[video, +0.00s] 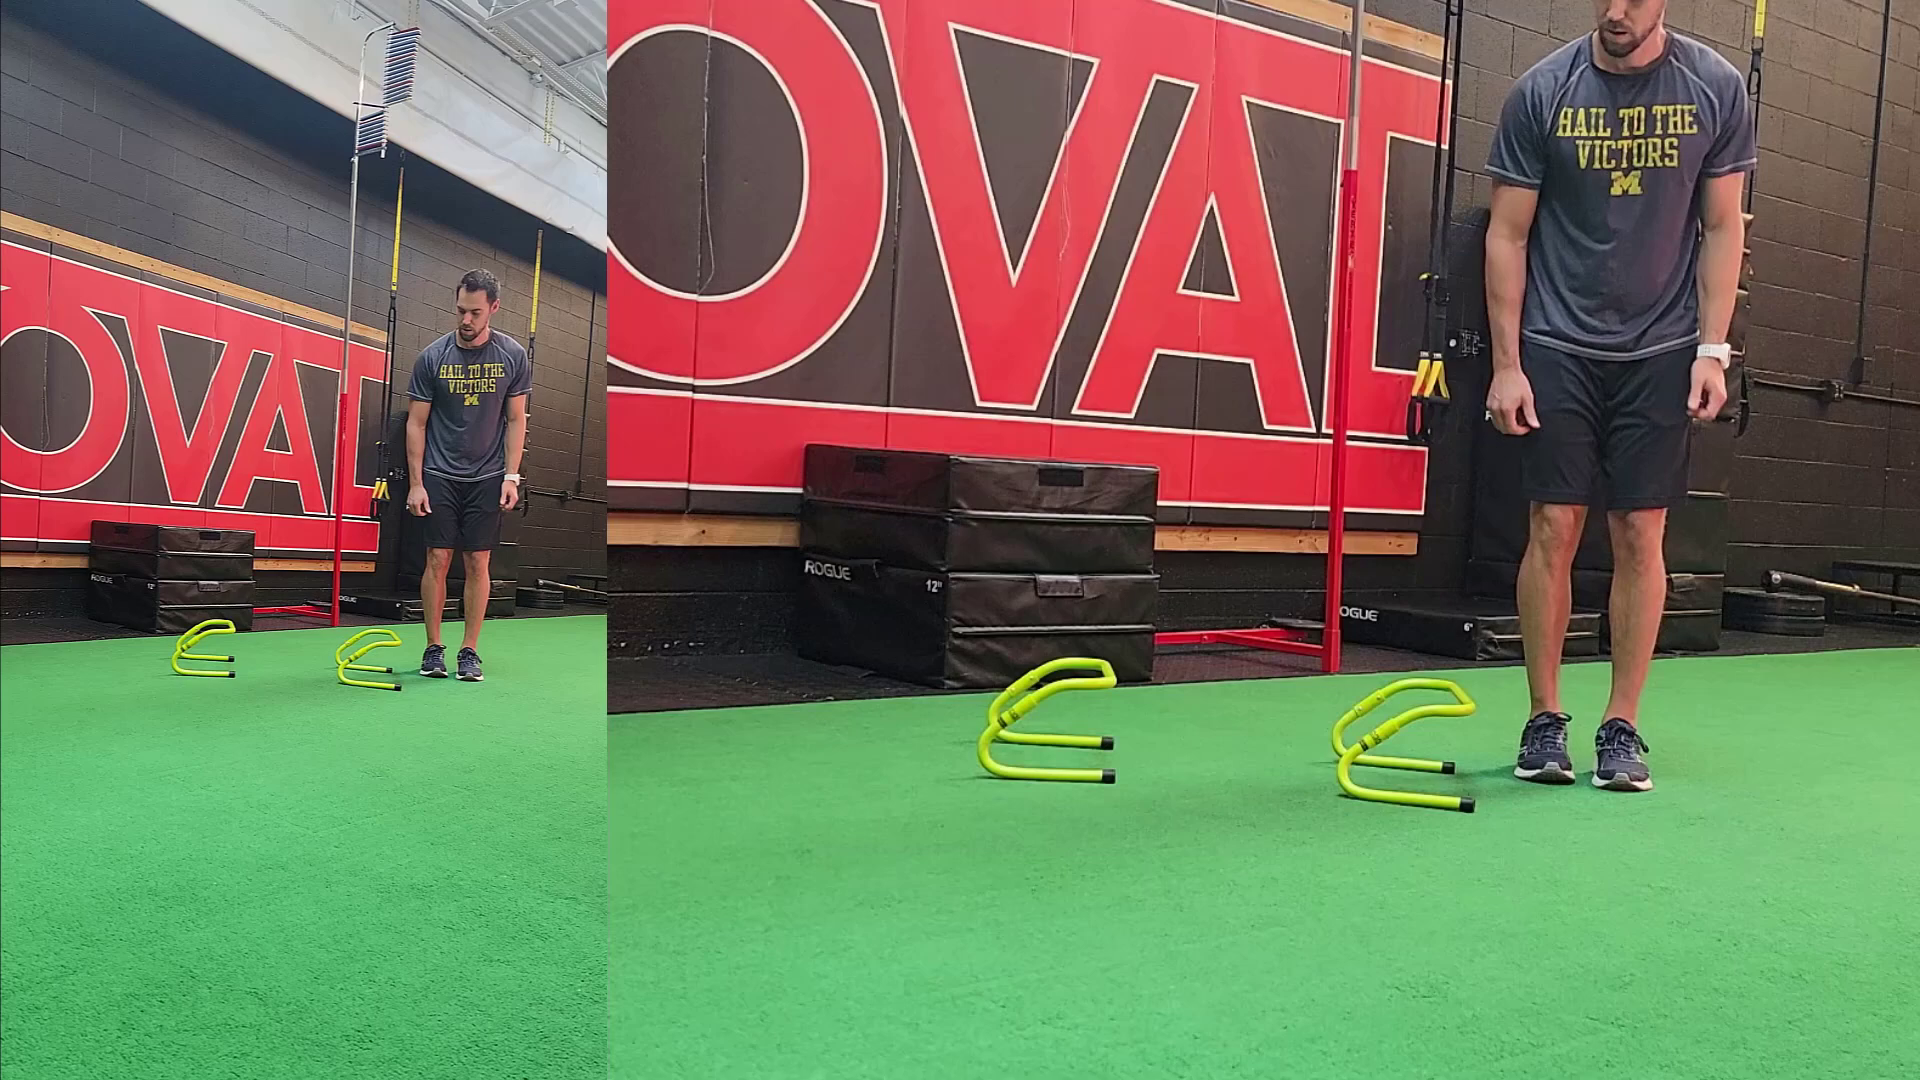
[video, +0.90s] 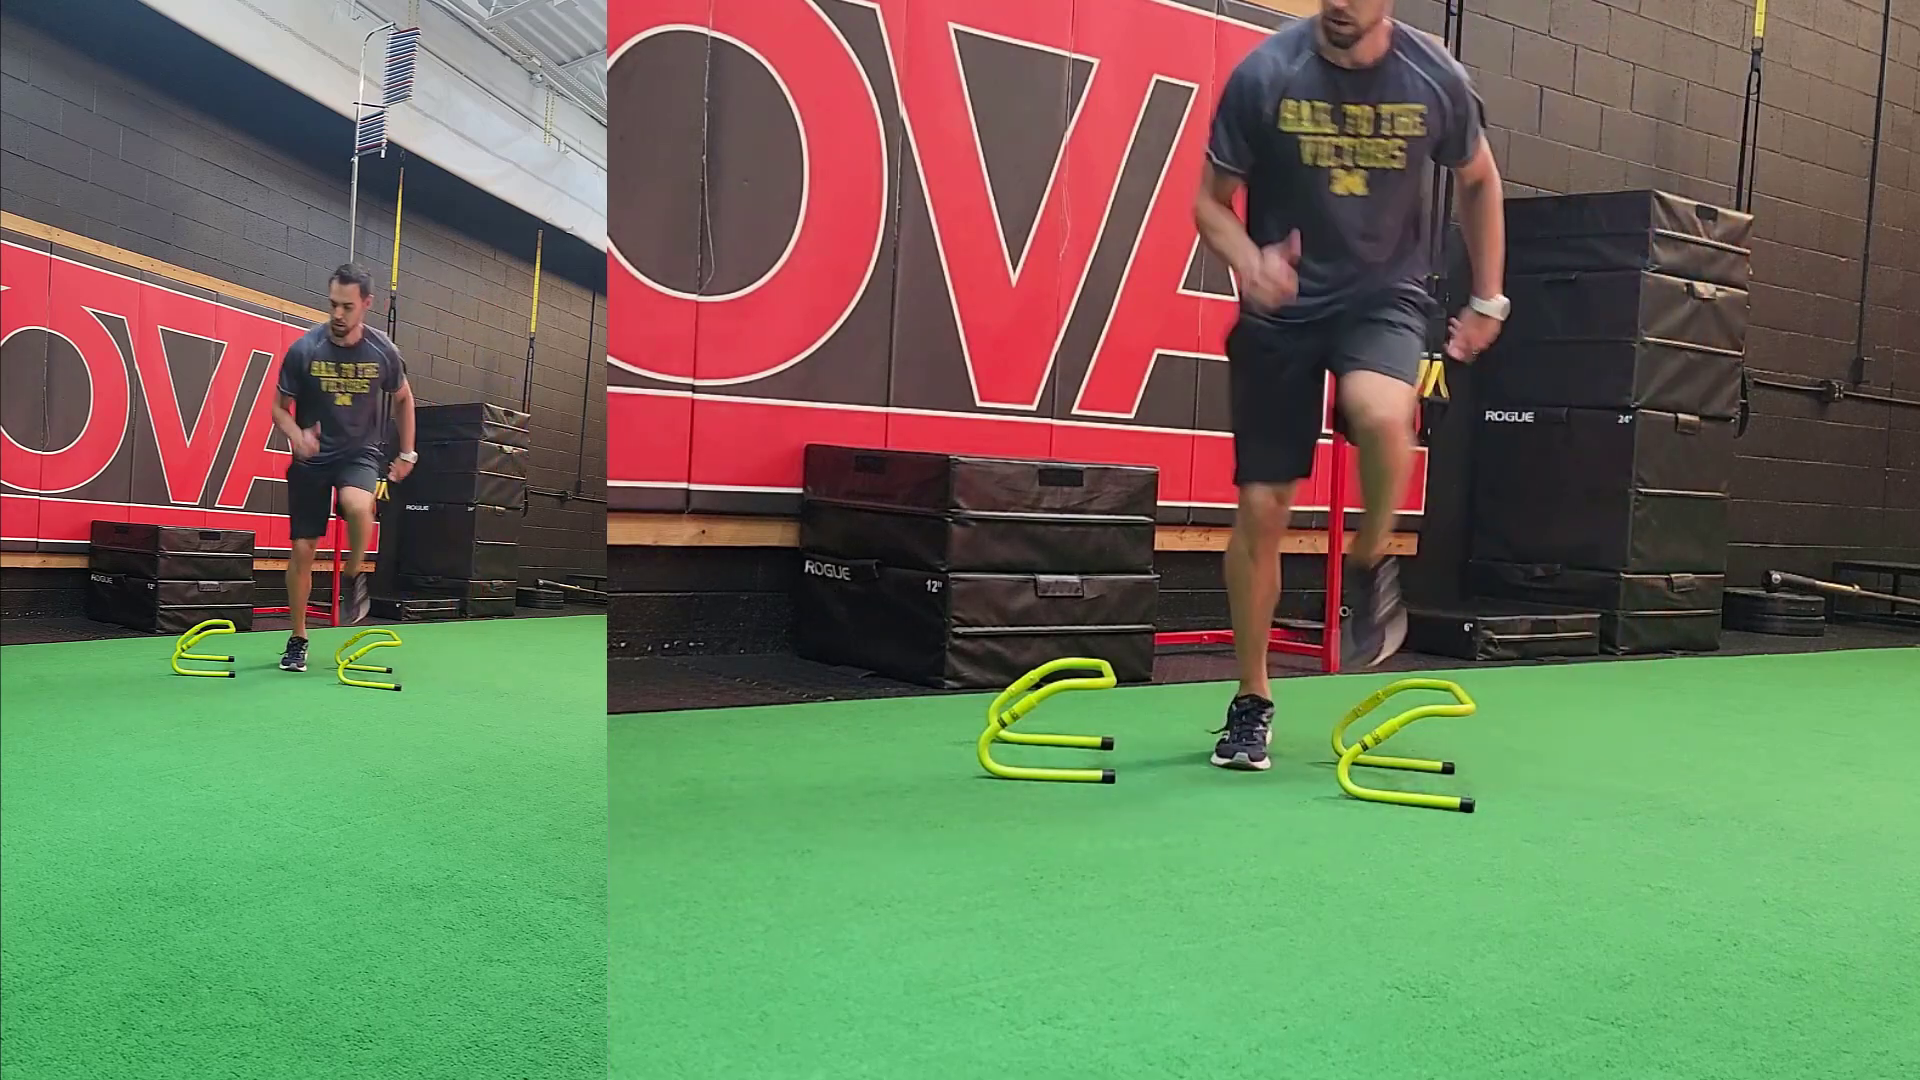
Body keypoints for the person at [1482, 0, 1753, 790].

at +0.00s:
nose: (1618, 14)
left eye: (1635, 2)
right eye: (1607, 2)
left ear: (1665, 2)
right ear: (1594, 3)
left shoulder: (1717, 88)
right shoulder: (1540, 91)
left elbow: (1724, 227)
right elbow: (1507, 232)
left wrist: (1712, 347)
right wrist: (1506, 361)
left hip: (1662, 350)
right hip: (1556, 347)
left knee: (1639, 531)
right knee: (1555, 526)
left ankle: (1621, 726)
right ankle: (1544, 720)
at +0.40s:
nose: (1556, 36)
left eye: (1577, 21)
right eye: (1548, 17)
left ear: (1619, 17)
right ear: (1536, 13)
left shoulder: (1671, 104)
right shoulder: (1489, 109)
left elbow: (1727, 206)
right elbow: (1444, 223)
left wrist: (1715, 315)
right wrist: (1496, 275)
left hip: (1623, 341)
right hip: (1520, 332)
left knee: (1626, 530)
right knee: (1541, 476)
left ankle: (1620, 726)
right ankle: (1537, 599)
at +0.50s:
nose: (1530, 48)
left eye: (1549, 31)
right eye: (1521, 28)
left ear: (1594, 24)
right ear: (1508, 23)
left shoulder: (1641, 126)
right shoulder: (1463, 121)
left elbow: (1677, 260)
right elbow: (1423, 240)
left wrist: (1688, 389)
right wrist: (1411, 350)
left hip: (1595, 343)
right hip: (1486, 325)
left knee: (1614, 534)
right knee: (1492, 438)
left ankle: (1618, 725)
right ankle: (1467, 525)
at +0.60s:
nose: (1490, 37)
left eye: (1510, 21)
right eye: (1482, 17)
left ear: (1554, 20)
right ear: (1468, 15)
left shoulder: (1604, 118)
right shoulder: (1427, 117)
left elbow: (1629, 246)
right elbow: (1365, 226)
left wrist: (1612, 324)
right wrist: (1335, 345)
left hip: (1562, 339)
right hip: (1450, 324)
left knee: (1591, 536)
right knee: (1401, 433)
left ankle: (1615, 725)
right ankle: (1365, 582)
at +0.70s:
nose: (1438, 10)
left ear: (1493, 1)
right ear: (1415, 0)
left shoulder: (1548, 74)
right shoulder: (1370, 76)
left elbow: (1589, 180)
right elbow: (1312, 185)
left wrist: (1547, 213)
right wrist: (1302, 308)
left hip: (1502, 320)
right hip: (1385, 308)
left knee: (1550, 500)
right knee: (1333, 473)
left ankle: (1603, 702)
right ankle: (1266, 661)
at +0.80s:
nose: (1390, 14)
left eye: (1408, 2)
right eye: (1379, 2)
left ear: (1444, 1)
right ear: (1364, 1)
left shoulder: (1497, 81)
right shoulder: (1312, 85)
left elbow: (1516, 184)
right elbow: (1273, 208)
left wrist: (1522, 276)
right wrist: (1266, 322)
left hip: (1445, 306)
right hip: (1329, 314)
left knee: (1490, 476)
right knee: (1296, 506)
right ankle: (1257, 695)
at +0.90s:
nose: (1340, 10)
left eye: (1358, 2)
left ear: (1390, 4)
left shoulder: (1438, 80)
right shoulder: (1261, 77)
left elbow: (1479, 183)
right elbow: (1211, 201)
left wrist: (1489, 297)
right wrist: (1245, 260)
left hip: (1387, 298)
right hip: (1281, 305)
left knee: (1380, 412)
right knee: (1261, 506)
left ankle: (1374, 559)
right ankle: (1251, 697)